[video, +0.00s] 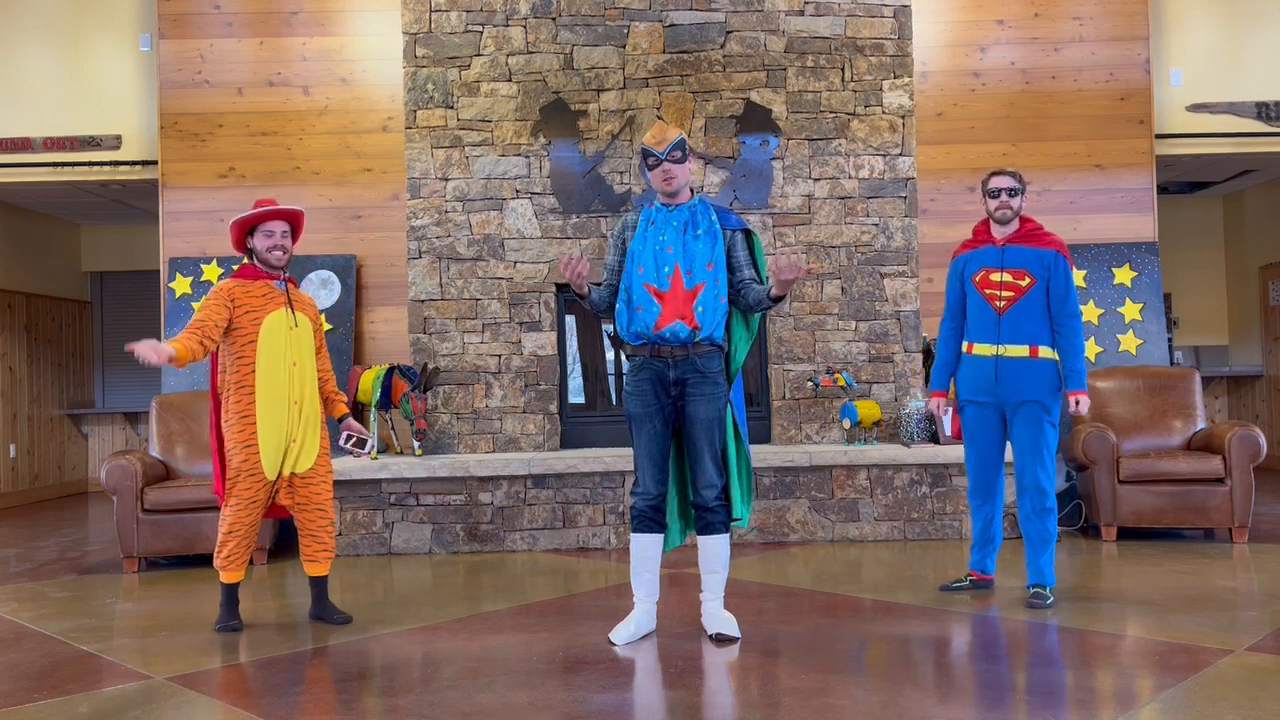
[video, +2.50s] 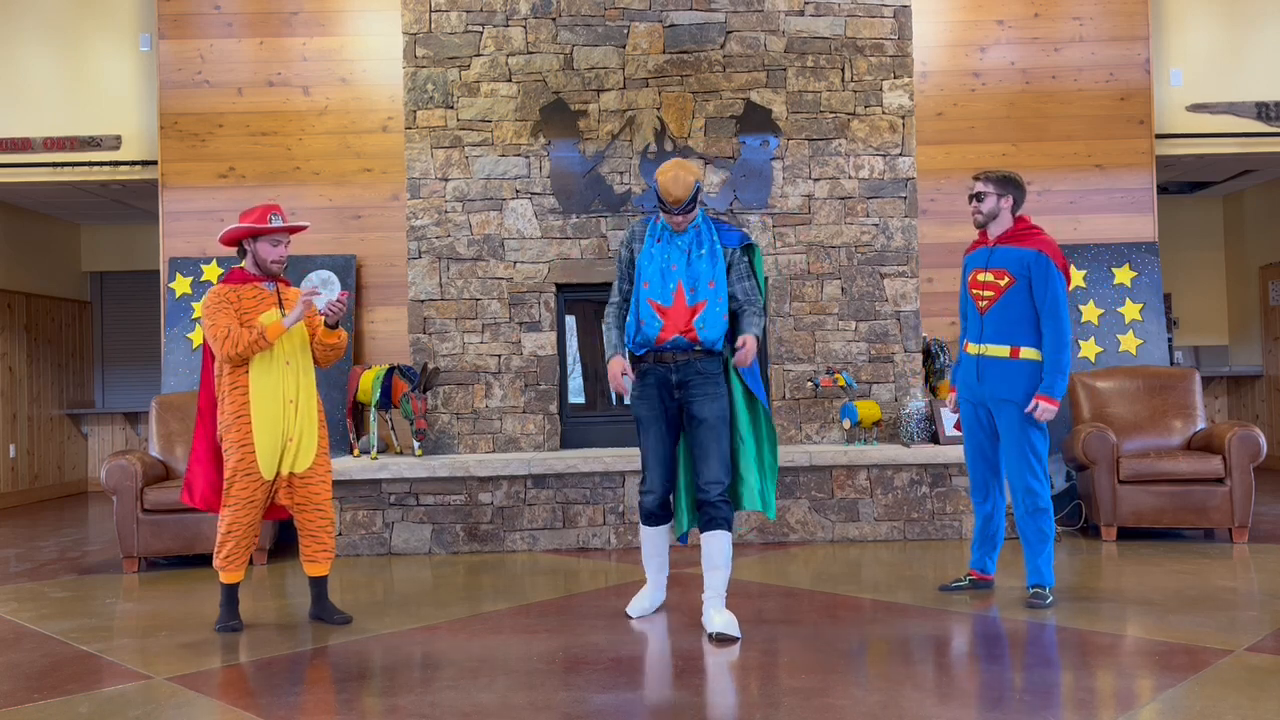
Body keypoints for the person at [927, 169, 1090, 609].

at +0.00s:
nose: (1003, 200)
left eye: (1012, 193)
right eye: (995, 193)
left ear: (1023, 199)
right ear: (984, 200)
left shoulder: (1049, 252)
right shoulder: (966, 255)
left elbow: (1068, 322)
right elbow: (951, 324)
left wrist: (1076, 380)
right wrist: (940, 382)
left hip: (1034, 388)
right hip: (977, 390)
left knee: (1036, 485)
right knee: (982, 483)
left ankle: (1041, 581)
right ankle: (981, 572)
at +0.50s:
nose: (994, 201)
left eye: (1002, 195)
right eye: (985, 195)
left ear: (1013, 201)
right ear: (974, 202)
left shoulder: (1038, 254)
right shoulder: (957, 257)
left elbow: (1056, 325)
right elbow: (945, 327)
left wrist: (1059, 383)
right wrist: (936, 385)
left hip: (1024, 390)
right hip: (971, 391)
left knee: (1030, 487)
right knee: (984, 485)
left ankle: (1039, 581)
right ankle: (982, 572)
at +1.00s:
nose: (994, 201)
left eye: (1001, 194)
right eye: (985, 194)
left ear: (1012, 202)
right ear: (973, 201)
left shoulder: (1036, 254)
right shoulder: (954, 257)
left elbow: (1057, 323)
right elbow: (941, 327)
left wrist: (1065, 383)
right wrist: (933, 383)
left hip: (1022, 388)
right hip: (968, 391)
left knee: (1029, 486)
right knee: (981, 485)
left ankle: (1039, 580)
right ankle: (982, 572)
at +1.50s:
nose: (969, 206)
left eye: (978, 198)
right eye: (967, 199)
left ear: (1004, 203)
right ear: (969, 205)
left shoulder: (1036, 254)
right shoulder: (957, 256)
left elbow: (1057, 325)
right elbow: (944, 326)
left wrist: (1062, 385)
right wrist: (934, 381)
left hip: (1019, 389)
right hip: (967, 391)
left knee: (1026, 486)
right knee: (981, 485)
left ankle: (1039, 581)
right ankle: (982, 572)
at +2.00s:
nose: (972, 206)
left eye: (980, 198)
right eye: (970, 199)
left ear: (1007, 203)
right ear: (980, 205)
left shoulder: (1039, 252)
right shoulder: (965, 256)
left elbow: (1060, 327)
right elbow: (955, 328)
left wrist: (1060, 387)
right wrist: (943, 383)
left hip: (1020, 389)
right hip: (970, 391)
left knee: (1027, 487)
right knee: (983, 485)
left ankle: (1040, 581)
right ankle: (982, 572)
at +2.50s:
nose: (972, 205)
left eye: (980, 197)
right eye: (971, 198)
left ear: (1008, 202)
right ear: (987, 205)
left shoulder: (1038, 252)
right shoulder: (973, 256)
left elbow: (1058, 328)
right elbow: (969, 328)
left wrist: (1052, 390)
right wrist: (958, 384)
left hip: (1019, 388)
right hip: (975, 389)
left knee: (1028, 487)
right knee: (985, 484)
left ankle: (1040, 581)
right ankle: (981, 572)